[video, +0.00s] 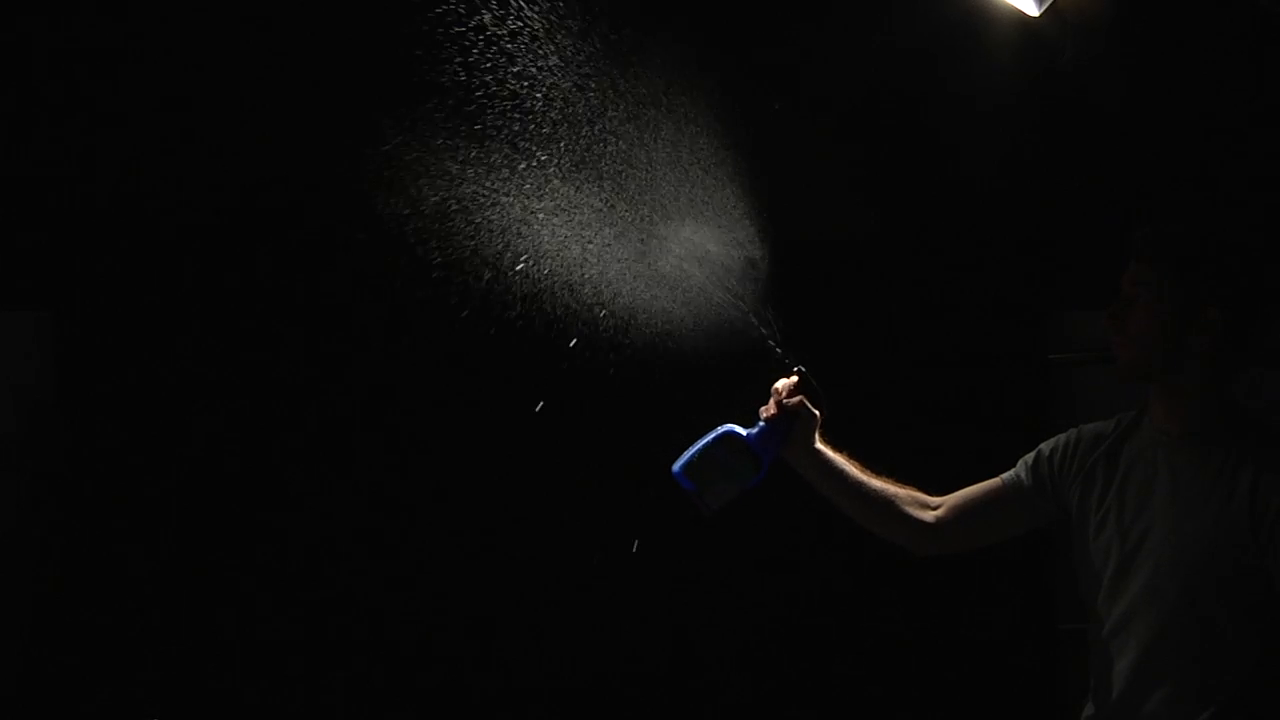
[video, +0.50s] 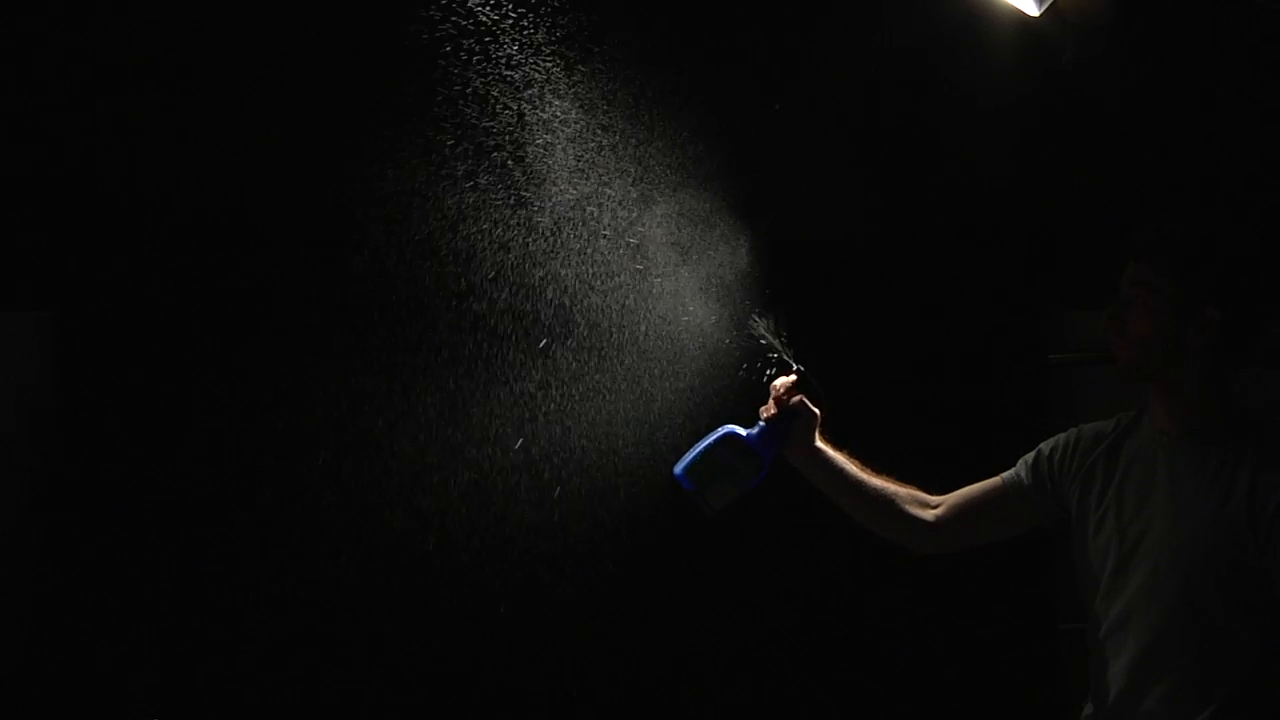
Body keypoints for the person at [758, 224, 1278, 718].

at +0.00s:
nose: (1119, 316)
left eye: (1141, 299)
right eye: (1124, 297)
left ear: (1202, 318)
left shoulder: (1260, 460)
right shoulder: (1088, 456)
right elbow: (932, 520)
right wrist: (807, 448)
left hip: (1229, 700)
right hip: (1113, 701)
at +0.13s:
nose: (1119, 321)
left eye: (1141, 303)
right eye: (1123, 302)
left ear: (1202, 322)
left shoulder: (1260, 461)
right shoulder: (1088, 456)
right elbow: (931, 518)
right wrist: (807, 445)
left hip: (1231, 699)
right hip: (1114, 700)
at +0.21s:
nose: (1121, 319)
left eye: (1144, 304)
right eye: (1124, 301)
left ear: (1202, 323)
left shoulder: (1260, 462)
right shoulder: (1089, 456)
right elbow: (929, 518)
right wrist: (807, 445)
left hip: (1234, 699)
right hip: (1117, 701)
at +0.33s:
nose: (1119, 317)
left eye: (1142, 302)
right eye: (1123, 300)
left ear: (1200, 321)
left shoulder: (1256, 458)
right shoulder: (1088, 455)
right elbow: (931, 519)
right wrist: (809, 447)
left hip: (1232, 698)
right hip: (1117, 700)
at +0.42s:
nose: (1118, 317)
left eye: (1141, 302)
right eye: (1122, 300)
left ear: (1200, 321)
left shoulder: (1255, 460)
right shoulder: (1088, 456)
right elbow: (930, 518)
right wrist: (808, 447)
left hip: (1231, 699)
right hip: (1117, 701)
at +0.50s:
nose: (1119, 317)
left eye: (1143, 301)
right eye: (1124, 299)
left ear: (1202, 320)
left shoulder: (1259, 460)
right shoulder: (1087, 456)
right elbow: (930, 519)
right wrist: (807, 446)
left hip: (1233, 698)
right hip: (1117, 699)